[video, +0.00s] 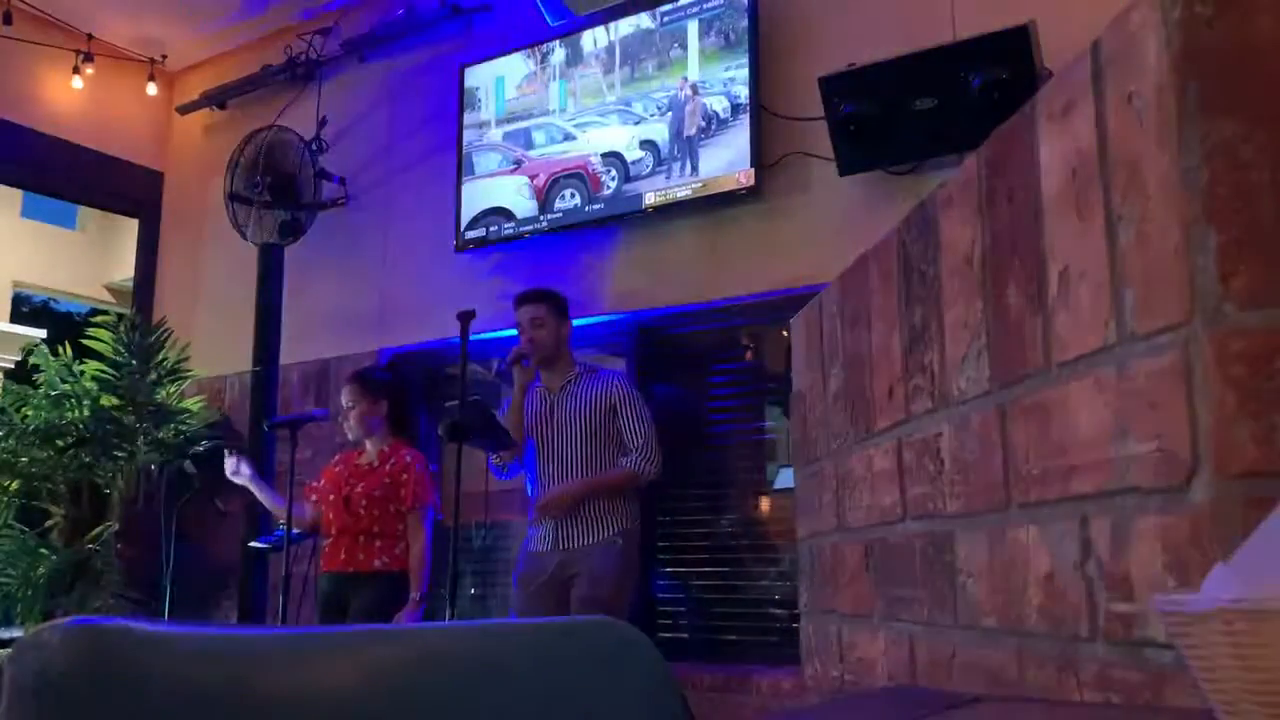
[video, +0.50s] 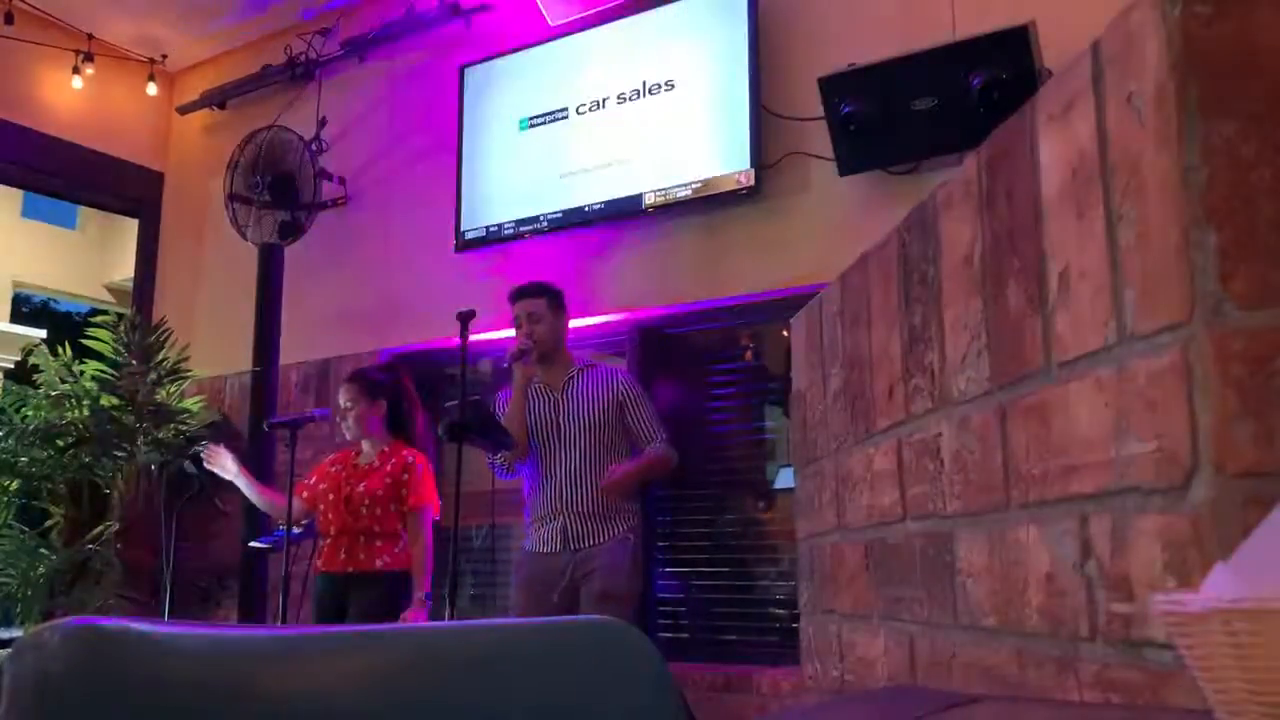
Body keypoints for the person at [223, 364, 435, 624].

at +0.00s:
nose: (343, 417)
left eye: (351, 407)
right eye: (342, 409)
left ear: (380, 408)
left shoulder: (408, 463)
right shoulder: (341, 464)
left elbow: (419, 537)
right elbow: (303, 518)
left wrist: (415, 601)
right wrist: (251, 481)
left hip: (383, 581)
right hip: (334, 580)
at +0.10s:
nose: (343, 416)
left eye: (352, 406)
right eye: (342, 408)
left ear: (381, 407)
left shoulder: (409, 463)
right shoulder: (338, 464)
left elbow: (420, 537)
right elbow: (294, 511)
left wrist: (418, 601)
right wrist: (247, 474)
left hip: (384, 582)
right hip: (334, 581)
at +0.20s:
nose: (343, 416)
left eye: (352, 406)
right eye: (342, 408)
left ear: (381, 407)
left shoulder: (409, 463)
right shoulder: (337, 464)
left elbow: (420, 538)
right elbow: (288, 508)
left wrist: (419, 602)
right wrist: (241, 469)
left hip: (384, 583)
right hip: (332, 583)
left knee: (374, 678)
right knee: (327, 676)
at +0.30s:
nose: (342, 415)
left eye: (351, 405)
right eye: (341, 407)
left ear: (381, 406)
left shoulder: (410, 464)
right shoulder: (335, 465)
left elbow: (420, 538)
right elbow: (286, 507)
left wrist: (420, 602)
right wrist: (238, 469)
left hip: (382, 583)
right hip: (330, 583)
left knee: (372, 677)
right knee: (320, 674)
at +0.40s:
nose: (342, 416)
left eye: (350, 406)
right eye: (340, 409)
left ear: (379, 407)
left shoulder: (410, 463)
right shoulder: (335, 464)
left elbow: (421, 536)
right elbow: (284, 506)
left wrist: (420, 601)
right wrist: (235, 469)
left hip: (382, 582)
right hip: (331, 581)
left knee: (370, 676)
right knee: (324, 674)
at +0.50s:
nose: (341, 416)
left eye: (350, 407)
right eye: (340, 409)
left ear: (379, 408)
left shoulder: (410, 464)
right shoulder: (334, 464)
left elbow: (421, 538)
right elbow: (290, 511)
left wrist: (420, 602)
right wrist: (237, 474)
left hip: (382, 582)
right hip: (330, 582)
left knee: (371, 678)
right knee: (325, 676)